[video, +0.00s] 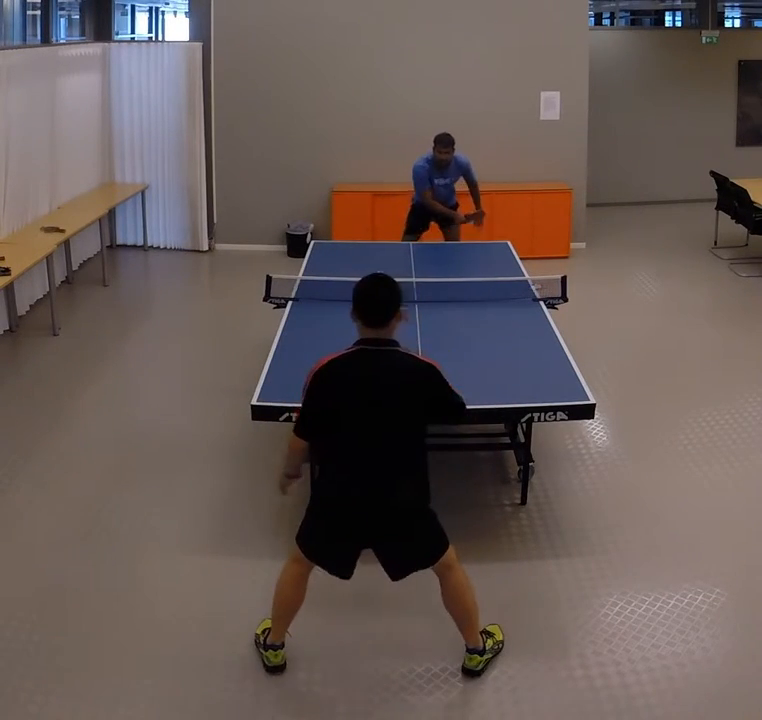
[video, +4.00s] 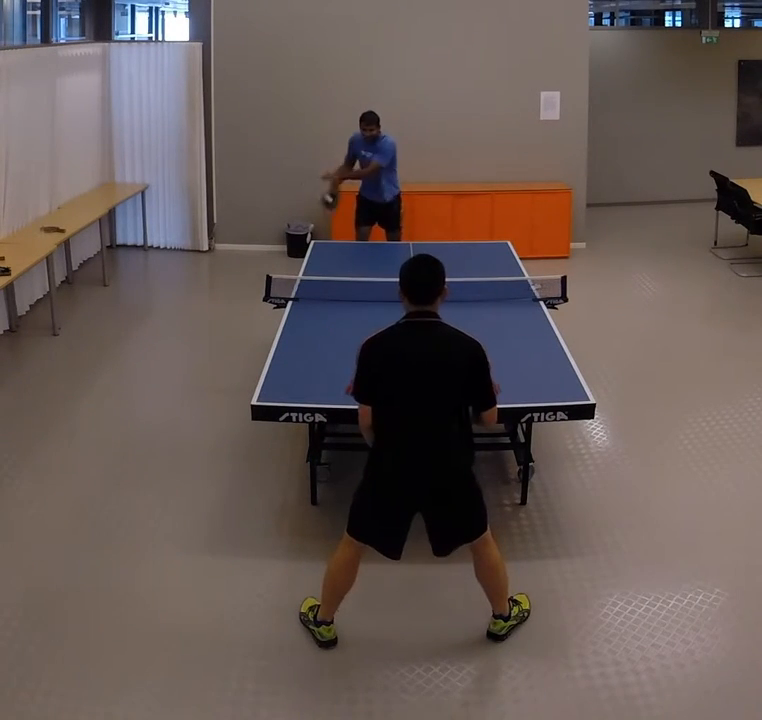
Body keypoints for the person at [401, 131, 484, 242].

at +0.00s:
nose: (443, 157)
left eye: (447, 153)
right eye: (440, 153)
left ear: (453, 152)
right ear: (433, 150)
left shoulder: (461, 164)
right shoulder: (421, 167)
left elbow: (473, 186)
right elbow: (427, 200)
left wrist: (478, 210)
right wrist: (453, 215)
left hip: (447, 206)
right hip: (422, 206)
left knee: (454, 247)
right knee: (406, 246)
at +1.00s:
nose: (454, 130)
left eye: (458, 126)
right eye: (451, 126)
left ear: (463, 126)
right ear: (444, 125)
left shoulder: (471, 144)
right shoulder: (432, 147)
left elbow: (481, 167)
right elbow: (430, 177)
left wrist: (489, 191)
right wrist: (454, 189)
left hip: (462, 200)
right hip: (437, 200)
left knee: (477, 241)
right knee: (419, 241)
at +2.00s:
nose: (425, 111)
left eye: (428, 107)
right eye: (421, 107)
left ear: (431, 109)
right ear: (414, 108)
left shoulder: (437, 130)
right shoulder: (399, 129)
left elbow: (443, 157)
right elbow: (384, 155)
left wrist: (451, 184)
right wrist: (373, 184)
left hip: (429, 188)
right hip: (406, 188)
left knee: (430, 230)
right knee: (406, 230)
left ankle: (422, 262)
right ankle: (404, 262)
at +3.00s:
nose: (405, 132)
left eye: (407, 128)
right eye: (401, 128)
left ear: (410, 127)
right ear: (392, 125)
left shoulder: (413, 141)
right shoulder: (377, 147)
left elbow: (420, 165)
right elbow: (376, 180)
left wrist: (426, 182)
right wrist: (397, 199)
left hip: (403, 194)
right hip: (381, 196)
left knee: (406, 238)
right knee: (383, 239)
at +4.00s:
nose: (368, 134)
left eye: (371, 130)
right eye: (364, 130)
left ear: (379, 128)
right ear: (360, 128)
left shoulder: (387, 144)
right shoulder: (356, 141)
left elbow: (369, 172)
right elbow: (348, 166)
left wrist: (340, 175)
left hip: (389, 199)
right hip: (367, 197)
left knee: (394, 241)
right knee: (361, 239)